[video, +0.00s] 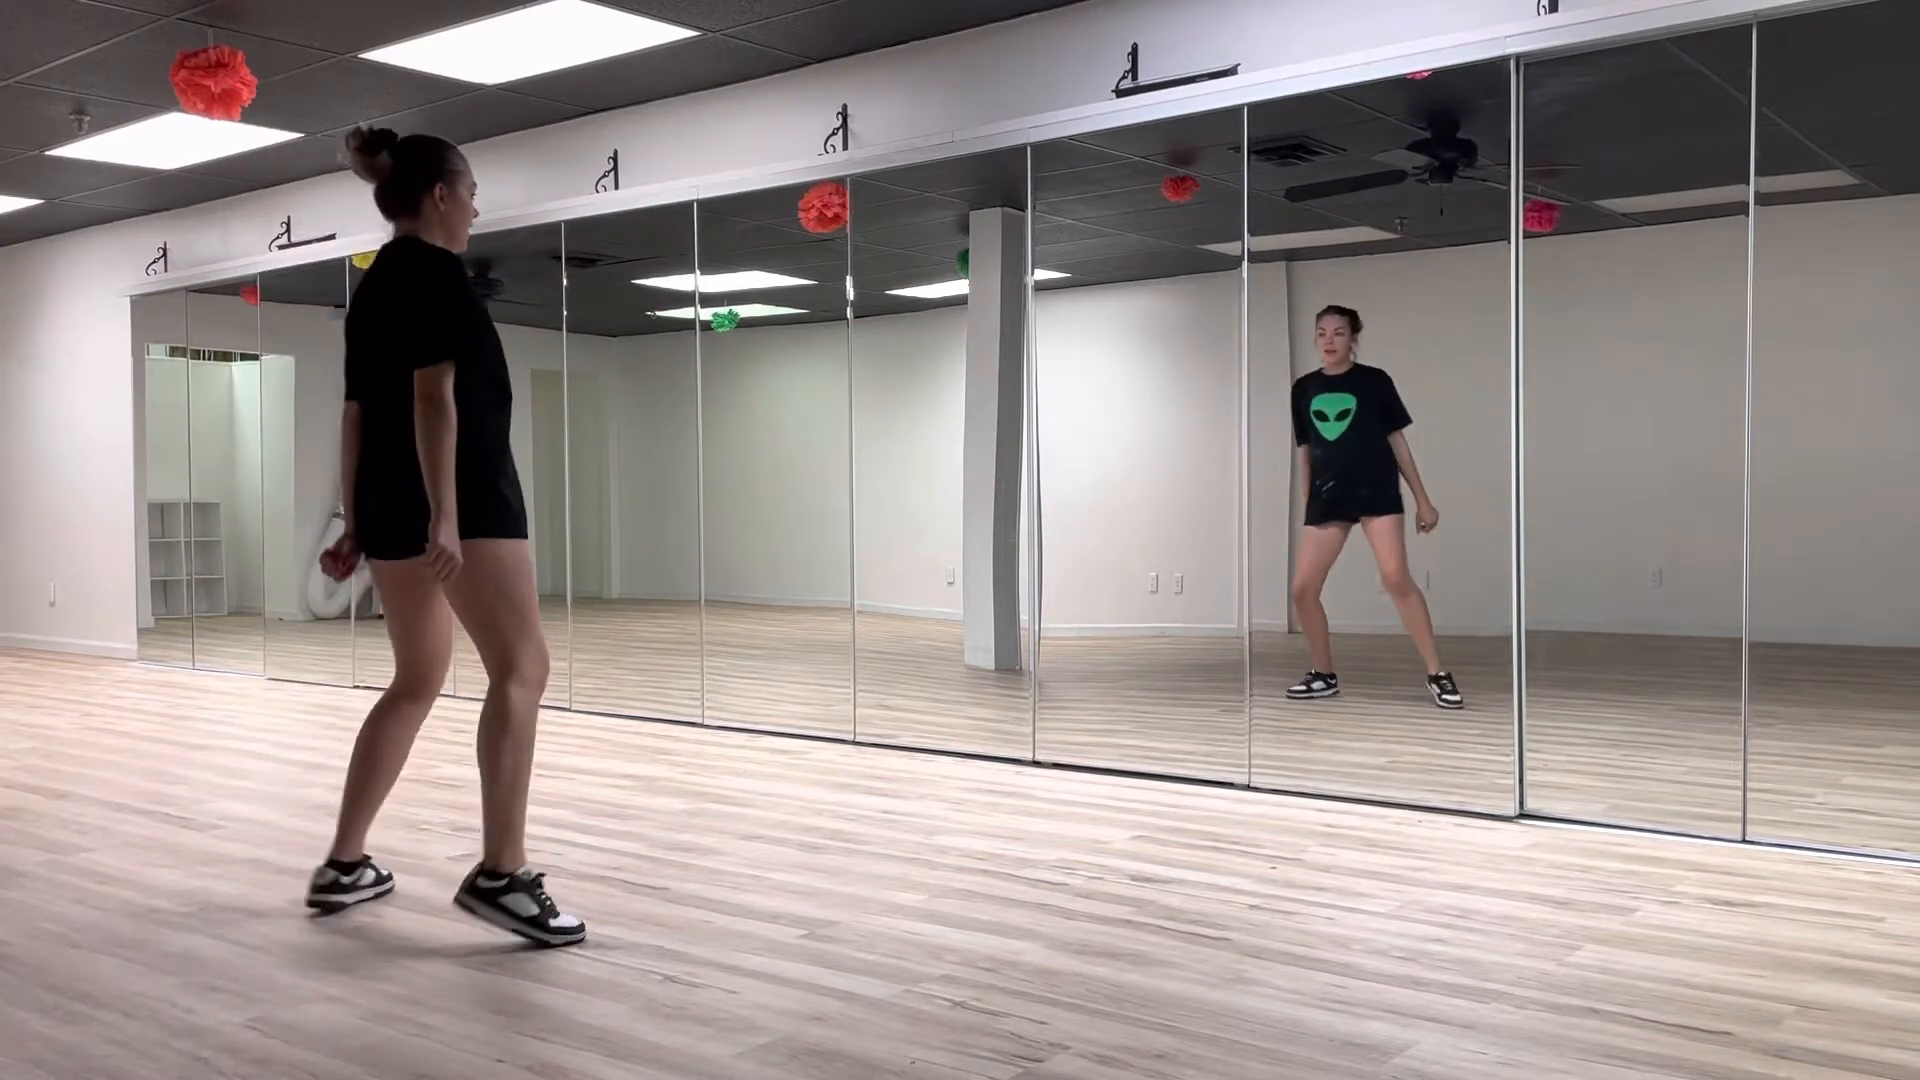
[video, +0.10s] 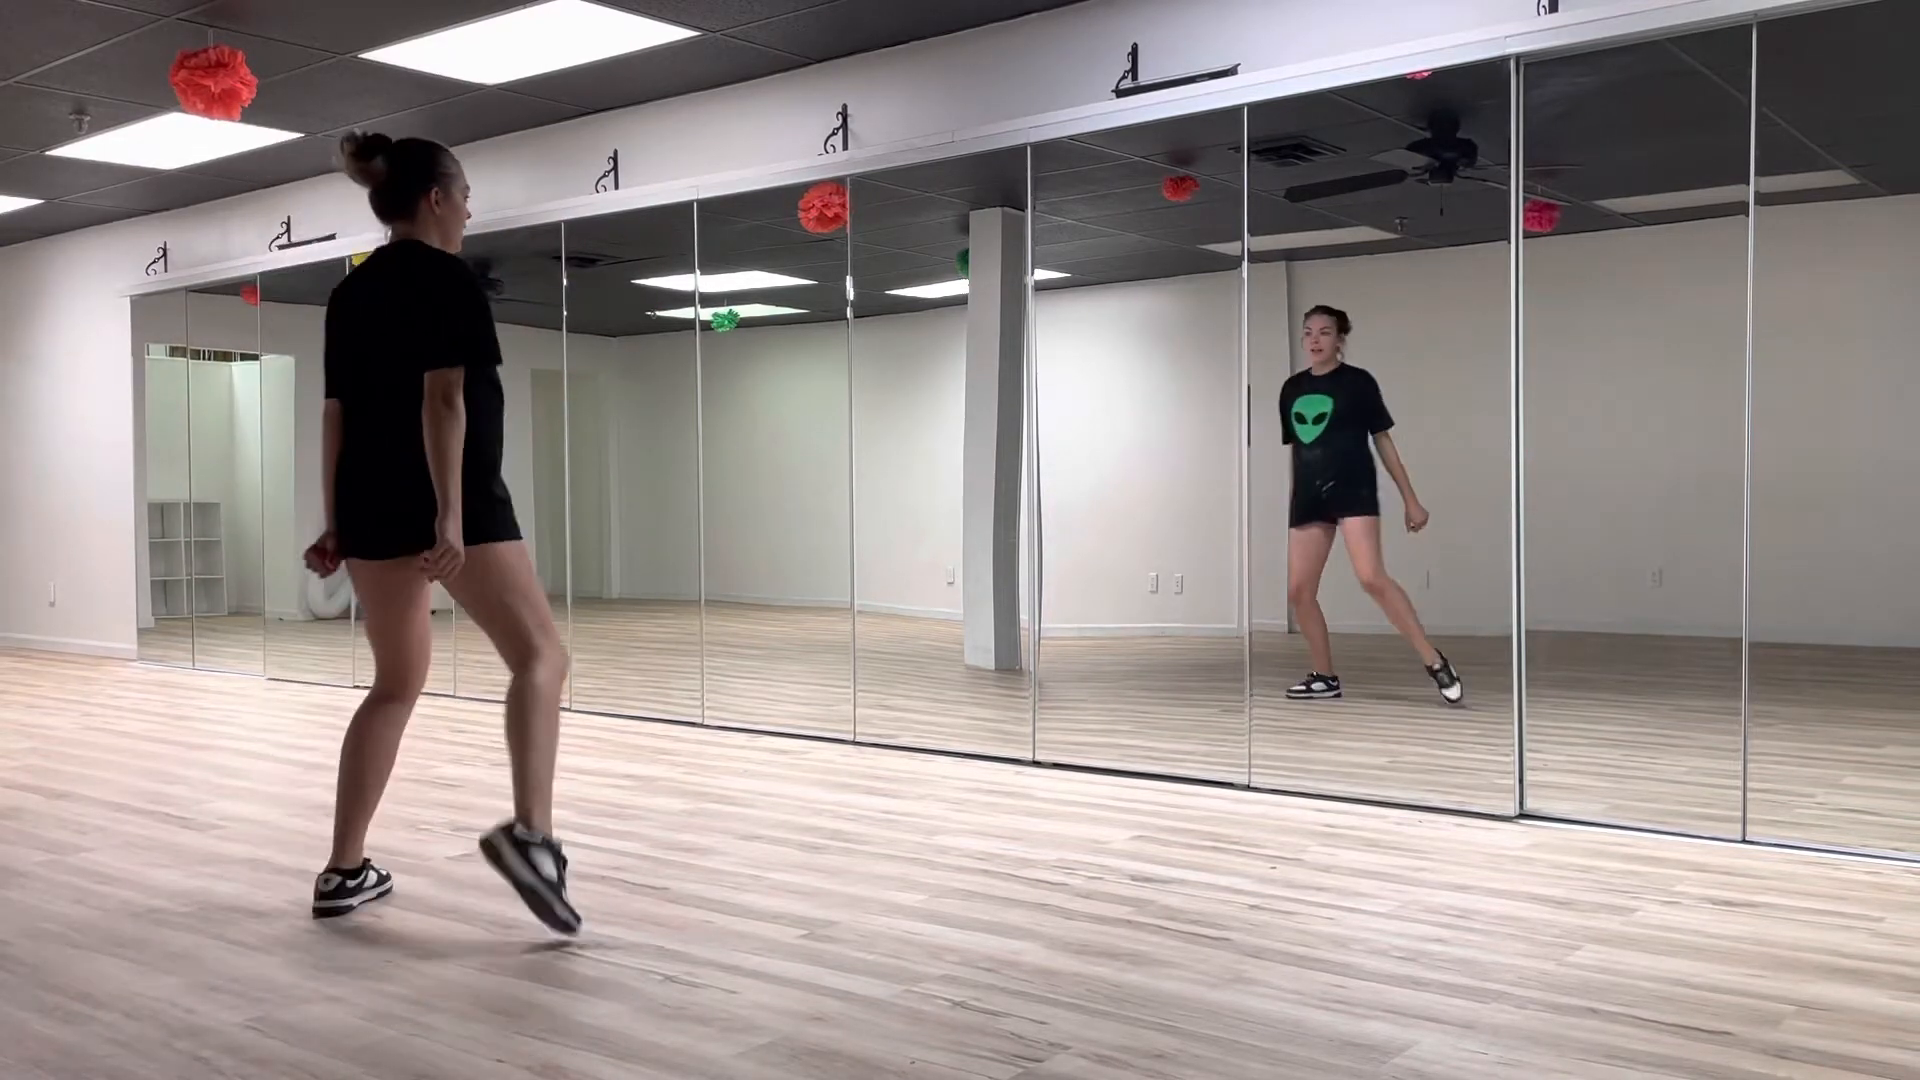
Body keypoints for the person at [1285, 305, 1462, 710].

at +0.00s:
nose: (1329, 339)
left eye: (1338, 333)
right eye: (1323, 333)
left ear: (1353, 339)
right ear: (1315, 339)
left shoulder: (1375, 380)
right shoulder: (1304, 388)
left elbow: (1398, 443)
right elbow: (1305, 453)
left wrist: (1422, 500)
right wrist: (1309, 505)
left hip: (1378, 492)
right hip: (1329, 496)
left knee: (1396, 579)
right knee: (1304, 588)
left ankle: (1436, 675)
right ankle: (1323, 675)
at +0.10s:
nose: (1314, 339)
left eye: (1324, 332)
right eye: (1309, 332)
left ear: (1340, 339)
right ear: (1302, 338)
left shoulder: (1359, 382)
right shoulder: (1292, 388)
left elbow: (1385, 443)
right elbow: (1296, 451)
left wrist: (1411, 500)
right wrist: (1296, 499)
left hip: (1354, 492)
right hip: (1309, 497)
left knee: (1372, 579)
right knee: (1300, 591)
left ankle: (1434, 662)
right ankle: (1324, 676)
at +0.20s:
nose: (1300, 341)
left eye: (1310, 335)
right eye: (1295, 334)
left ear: (1327, 342)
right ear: (1290, 341)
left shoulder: (1345, 385)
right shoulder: (1284, 390)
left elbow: (1368, 446)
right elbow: (1284, 453)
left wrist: (1394, 504)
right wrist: (1283, 504)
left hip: (1339, 491)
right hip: (1296, 496)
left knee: (1331, 569)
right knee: (1291, 591)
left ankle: (1401, 635)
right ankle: (1323, 677)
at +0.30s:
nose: (1288, 338)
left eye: (1298, 331)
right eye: (1283, 331)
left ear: (1316, 337)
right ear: (1279, 337)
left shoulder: (1332, 381)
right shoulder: (1274, 387)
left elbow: (1354, 444)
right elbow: (1274, 452)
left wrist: (1377, 504)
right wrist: (1274, 502)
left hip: (1328, 484)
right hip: (1287, 491)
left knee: (1296, 557)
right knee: (1288, 588)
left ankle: (1356, 633)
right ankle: (1322, 675)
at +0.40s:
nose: (1278, 332)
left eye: (1288, 325)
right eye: (1274, 325)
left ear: (1306, 331)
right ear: (1269, 331)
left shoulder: (1319, 375)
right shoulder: (1266, 380)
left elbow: (1341, 440)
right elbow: (1263, 438)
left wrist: (1361, 500)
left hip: (1315, 482)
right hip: (1280, 486)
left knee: (1273, 555)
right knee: (1291, 580)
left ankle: (1304, 659)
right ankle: (1321, 670)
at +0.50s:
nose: (1267, 335)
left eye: (1276, 328)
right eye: (1264, 328)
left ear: (1296, 334)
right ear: (1260, 333)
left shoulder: (1309, 378)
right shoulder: (1261, 381)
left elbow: (1329, 445)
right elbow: (1259, 440)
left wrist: (1347, 504)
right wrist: (1256, 492)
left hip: (1297, 490)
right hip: (1268, 491)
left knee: (1264, 570)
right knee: (1274, 587)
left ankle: (1258, 677)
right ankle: (1323, 669)